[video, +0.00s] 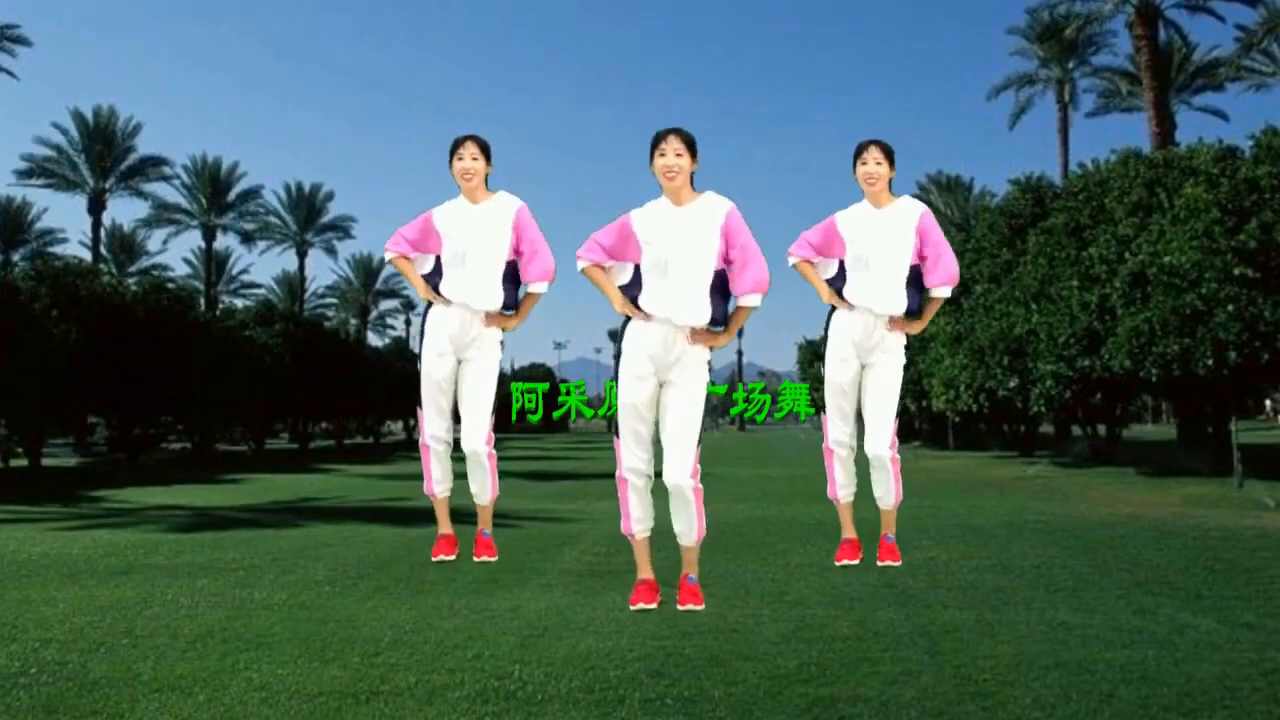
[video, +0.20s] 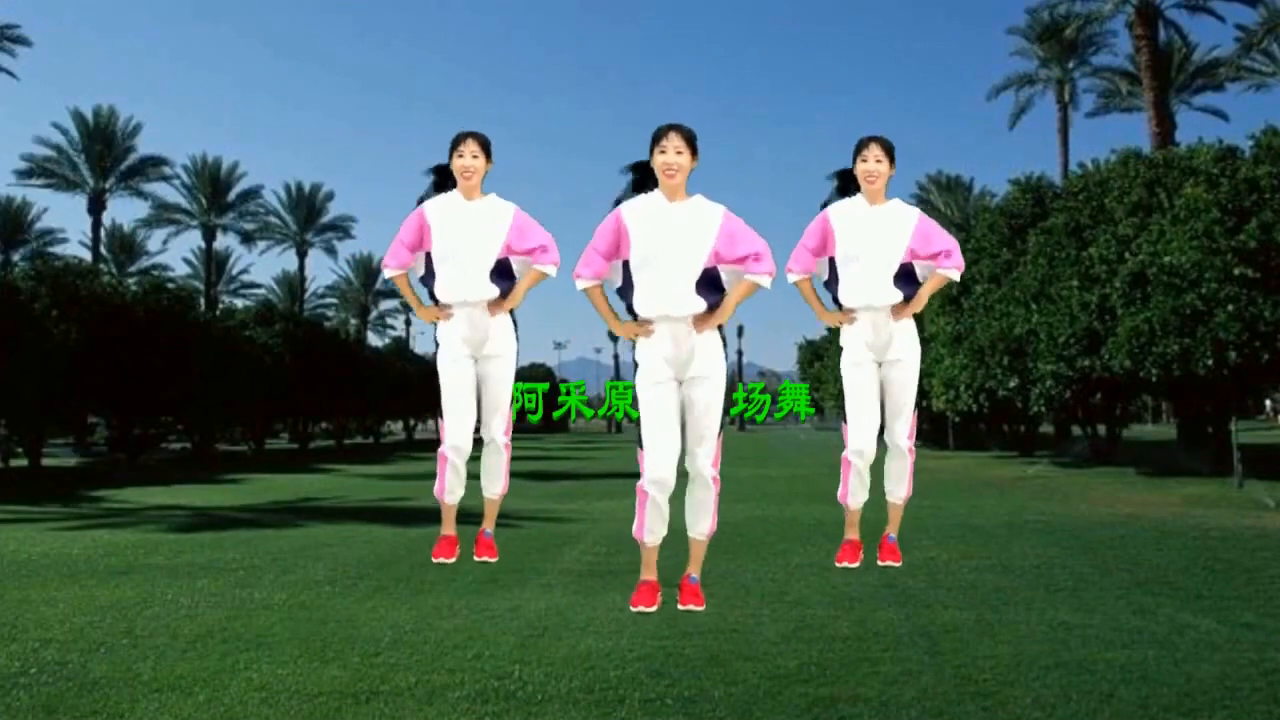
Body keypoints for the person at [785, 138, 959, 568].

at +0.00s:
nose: (870, 169)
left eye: (878, 162)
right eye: (863, 163)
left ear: (891, 171)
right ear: (855, 173)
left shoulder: (914, 214)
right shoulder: (845, 219)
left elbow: (946, 271)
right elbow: (799, 253)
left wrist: (920, 322)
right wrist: (828, 295)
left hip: (889, 331)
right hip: (845, 326)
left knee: (880, 438)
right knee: (838, 434)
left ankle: (888, 537)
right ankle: (848, 535)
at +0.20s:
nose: (871, 167)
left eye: (879, 161)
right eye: (864, 161)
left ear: (891, 169)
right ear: (854, 169)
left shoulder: (909, 217)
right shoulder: (835, 216)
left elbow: (952, 258)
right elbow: (798, 266)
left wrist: (920, 298)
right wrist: (822, 312)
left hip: (900, 330)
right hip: (855, 332)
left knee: (899, 436)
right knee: (859, 438)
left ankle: (891, 536)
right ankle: (851, 536)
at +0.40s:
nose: (869, 176)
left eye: (877, 170)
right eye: (863, 169)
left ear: (891, 178)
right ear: (855, 177)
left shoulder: (909, 223)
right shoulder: (835, 222)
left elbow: (959, 248)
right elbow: (798, 275)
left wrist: (928, 284)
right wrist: (821, 322)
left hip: (901, 331)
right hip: (857, 335)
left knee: (901, 440)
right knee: (866, 443)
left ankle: (889, 536)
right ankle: (852, 537)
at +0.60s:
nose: (864, 156)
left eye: (872, 149)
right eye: (861, 150)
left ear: (894, 154)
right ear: (856, 157)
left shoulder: (918, 194)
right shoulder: (842, 202)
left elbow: (975, 196)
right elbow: (795, 247)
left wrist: (943, 209)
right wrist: (824, 293)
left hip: (897, 312)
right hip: (852, 313)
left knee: (894, 429)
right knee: (848, 429)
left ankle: (892, 532)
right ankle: (845, 534)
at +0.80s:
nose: (872, 184)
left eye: (881, 177)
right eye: (869, 177)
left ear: (901, 184)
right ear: (864, 184)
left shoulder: (914, 231)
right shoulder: (843, 225)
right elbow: (802, 274)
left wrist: (930, 236)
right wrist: (820, 324)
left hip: (900, 335)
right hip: (856, 338)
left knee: (899, 447)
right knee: (872, 446)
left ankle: (889, 536)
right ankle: (857, 519)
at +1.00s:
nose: (869, 165)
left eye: (878, 158)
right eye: (866, 159)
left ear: (900, 166)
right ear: (862, 167)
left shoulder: (913, 214)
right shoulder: (840, 208)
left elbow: (904, 254)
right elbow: (797, 253)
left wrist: (898, 196)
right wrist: (814, 301)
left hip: (890, 323)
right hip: (846, 323)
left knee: (891, 434)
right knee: (850, 431)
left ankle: (890, 534)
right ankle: (841, 501)